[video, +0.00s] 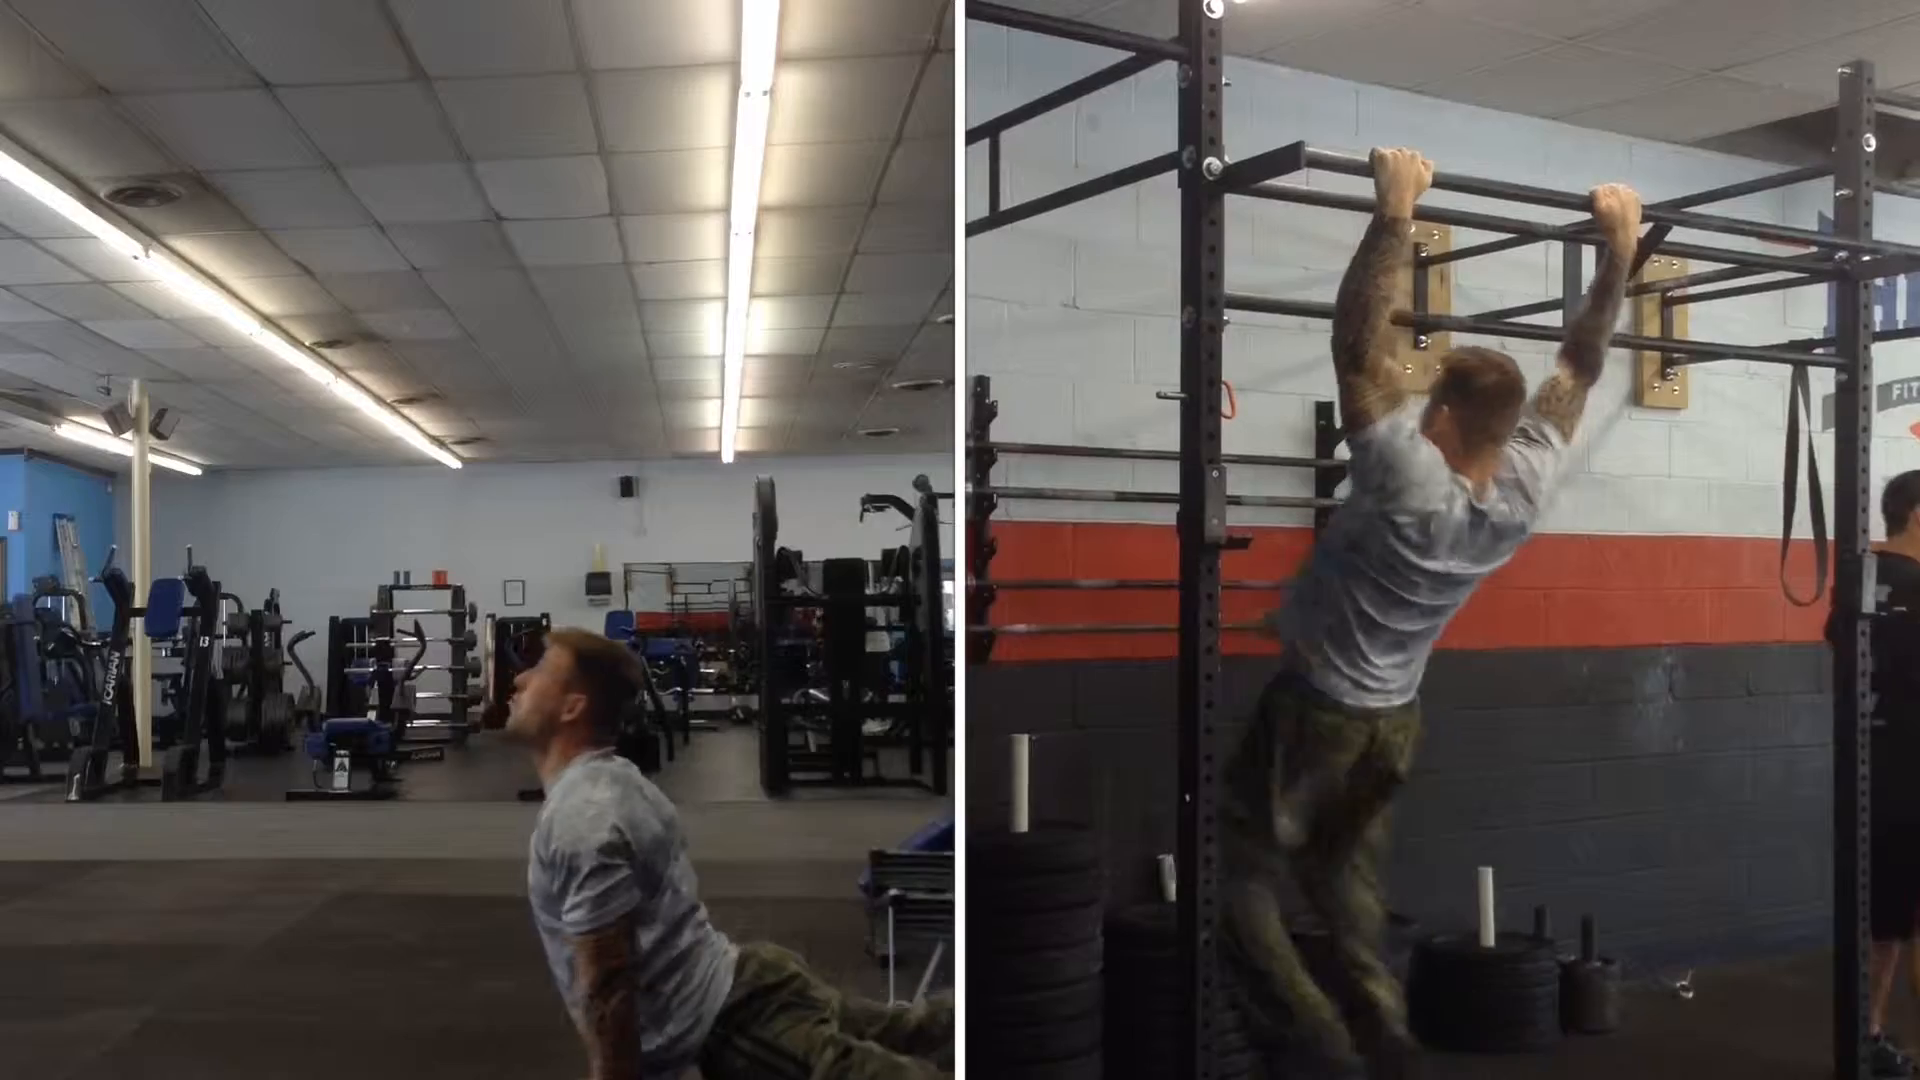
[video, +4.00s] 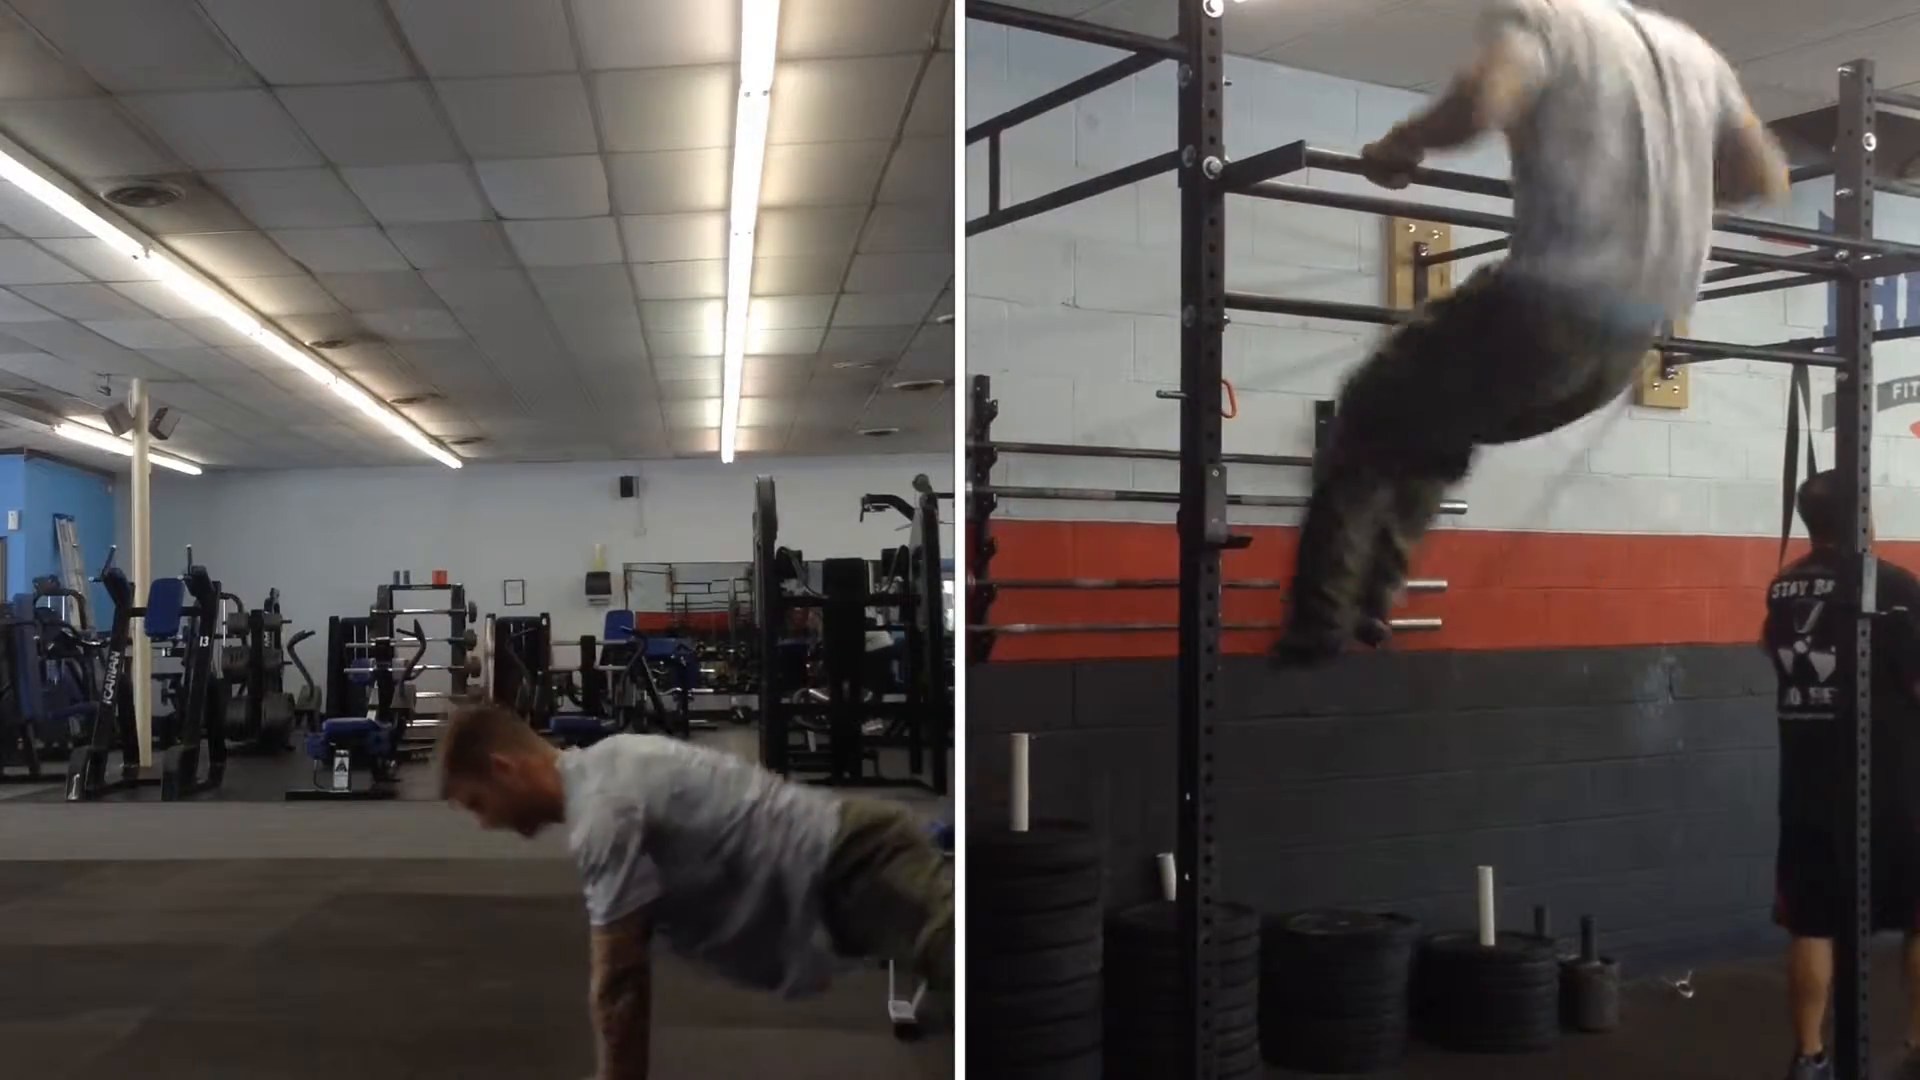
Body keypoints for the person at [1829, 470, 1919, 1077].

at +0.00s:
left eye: (1919, 511)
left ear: (1892, 514)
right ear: (1913, 515)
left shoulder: (1861, 570)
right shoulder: (1895, 573)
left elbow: (1838, 645)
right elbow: (1844, 650)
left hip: (1875, 760)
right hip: (1899, 762)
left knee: (1888, 900)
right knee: (1892, 903)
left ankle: (1872, 1030)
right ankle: (1872, 1031)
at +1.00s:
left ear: (1866, 516)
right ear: (1913, 518)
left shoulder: (1825, 587)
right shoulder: (1912, 588)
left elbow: (1805, 687)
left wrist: (1824, 745)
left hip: (1843, 771)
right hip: (1910, 775)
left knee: (1828, 917)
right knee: (1911, 930)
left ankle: (1809, 1050)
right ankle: (1915, 1056)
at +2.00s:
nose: (1845, 518)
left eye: (1841, 507)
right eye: (1840, 508)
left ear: (1779, 518)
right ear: (1823, 514)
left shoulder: (1752, 586)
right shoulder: (1853, 577)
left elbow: (1738, 643)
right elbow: (1908, 671)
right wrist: (1900, 617)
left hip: (1785, 778)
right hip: (1861, 778)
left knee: (1795, 922)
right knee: (1896, 919)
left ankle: (1803, 1055)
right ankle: (1904, 1059)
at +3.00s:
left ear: (1870, 517)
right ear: (1911, 518)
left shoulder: (1836, 582)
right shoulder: (1909, 583)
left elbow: (1822, 655)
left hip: (1853, 772)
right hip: (1904, 775)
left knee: (1855, 923)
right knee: (1904, 937)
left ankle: (1848, 1050)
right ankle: (1902, 1065)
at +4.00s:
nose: (1876, 517)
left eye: (1870, 506)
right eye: (1872, 509)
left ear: (1809, 522)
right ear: (1866, 517)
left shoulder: (1785, 589)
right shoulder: (1896, 589)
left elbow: (1780, 655)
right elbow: (1914, 679)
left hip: (1811, 780)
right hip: (1892, 783)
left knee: (1812, 923)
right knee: (1915, 922)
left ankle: (1810, 1058)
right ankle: (1916, 1046)